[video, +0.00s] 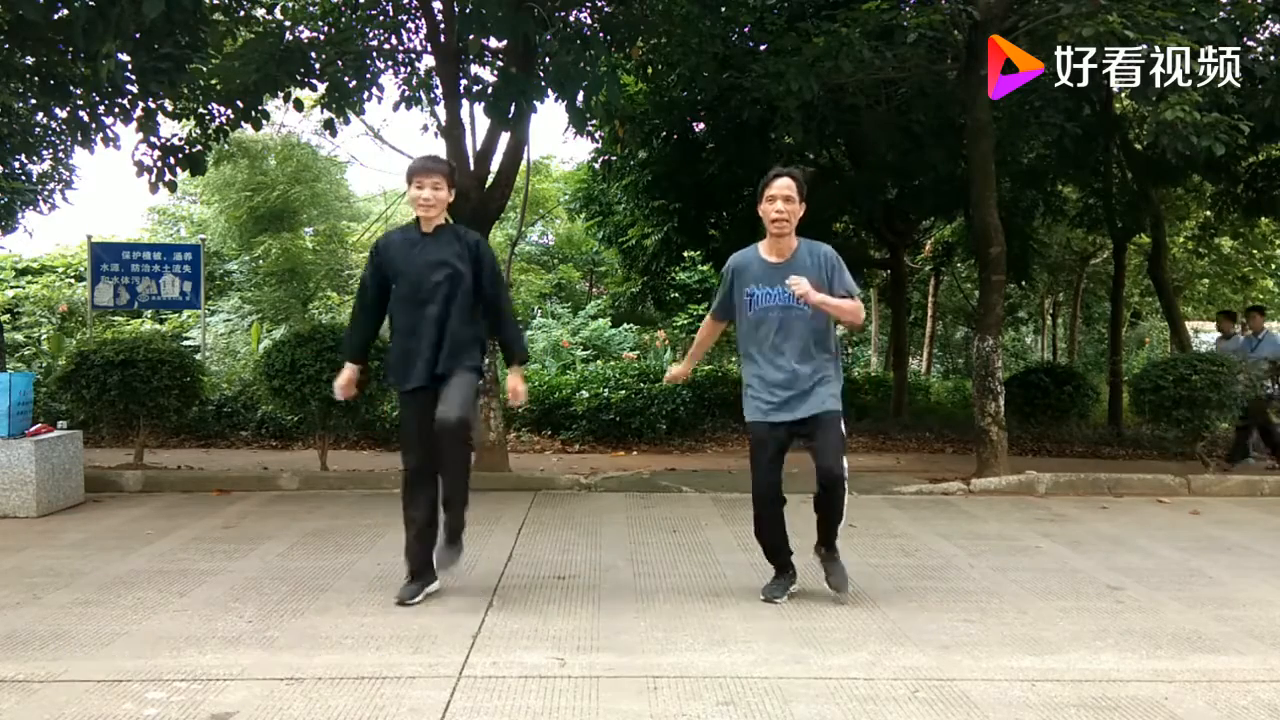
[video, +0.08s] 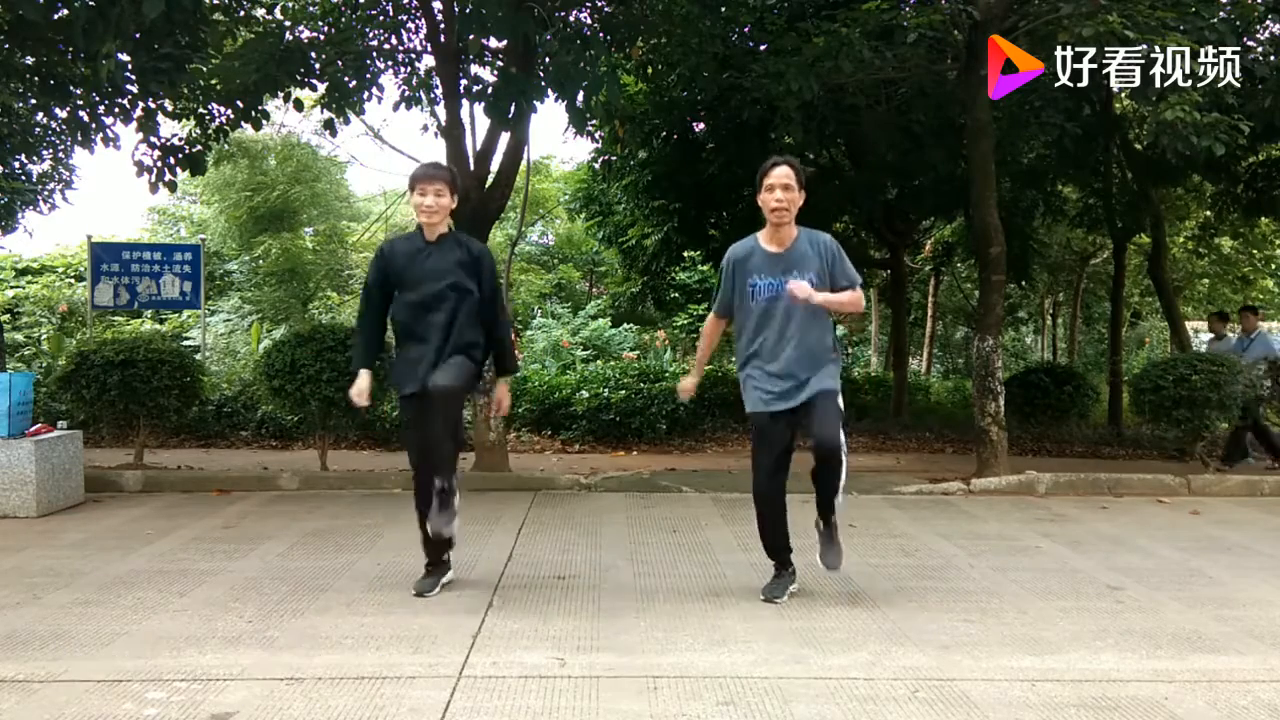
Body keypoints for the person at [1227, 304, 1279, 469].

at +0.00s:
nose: (1250, 321)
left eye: (1253, 317)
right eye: (1248, 318)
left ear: (1262, 318)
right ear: (1247, 321)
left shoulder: (1273, 340)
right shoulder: (1245, 342)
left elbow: (1275, 365)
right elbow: (1235, 360)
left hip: (1266, 391)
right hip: (1247, 390)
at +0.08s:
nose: (1243, 321)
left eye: (1247, 317)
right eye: (1241, 318)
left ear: (1257, 319)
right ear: (1240, 320)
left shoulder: (1266, 339)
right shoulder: (1239, 340)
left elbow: (1275, 361)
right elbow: (1228, 358)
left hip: (1256, 386)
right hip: (1239, 385)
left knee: (1242, 422)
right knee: (1255, 422)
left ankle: (1229, 458)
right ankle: (1275, 452)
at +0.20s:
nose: (1229, 321)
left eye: (1232, 317)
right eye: (1227, 317)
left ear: (1242, 317)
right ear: (1228, 319)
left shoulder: (1250, 338)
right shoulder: (1227, 338)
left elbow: (1259, 364)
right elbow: (1220, 359)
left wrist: (1254, 385)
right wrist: (1218, 380)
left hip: (1244, 386)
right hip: (1226, 385)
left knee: (1234, 426)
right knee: (1225, 425)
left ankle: (1230, 460)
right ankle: (1252, 443)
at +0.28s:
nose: (1222, 320)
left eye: (1225, 315)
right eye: (1220, 316)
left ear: (1235, 316)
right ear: (1219, 319)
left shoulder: (1243, 338)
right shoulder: (1221, 338)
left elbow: (1247, 361)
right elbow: (1218, 360)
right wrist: (1215, 378)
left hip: (1237, 382)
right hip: (1221, 382)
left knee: (1234, 420)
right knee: (1223, 419)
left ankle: (1228, 457)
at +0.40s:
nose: (1208, 321)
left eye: (1211, 316)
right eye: (1206, 317)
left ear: (1220, 316)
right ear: (1205, 319)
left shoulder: (1231, 336)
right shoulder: (1208, 339)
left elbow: (1232, 361)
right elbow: (1205, 360)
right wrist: (1204, 380)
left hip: (1228, 384)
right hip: (1211, 384)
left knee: (1227, 422)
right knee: (1218, 422)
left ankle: (1227, 459)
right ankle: (1222, 458)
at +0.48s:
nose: (1200, 321)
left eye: (1203, 317)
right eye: (1198, 318)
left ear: (1212, 316)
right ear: (1197, 320)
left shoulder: (1224, 335)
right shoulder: (1200, 339)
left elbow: (1225, 359)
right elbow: (1198, 360)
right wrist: (1197, 378)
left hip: (1221, 382)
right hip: (1204, 383)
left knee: (1223, 420)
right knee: (1208, 419)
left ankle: (1226, 457)